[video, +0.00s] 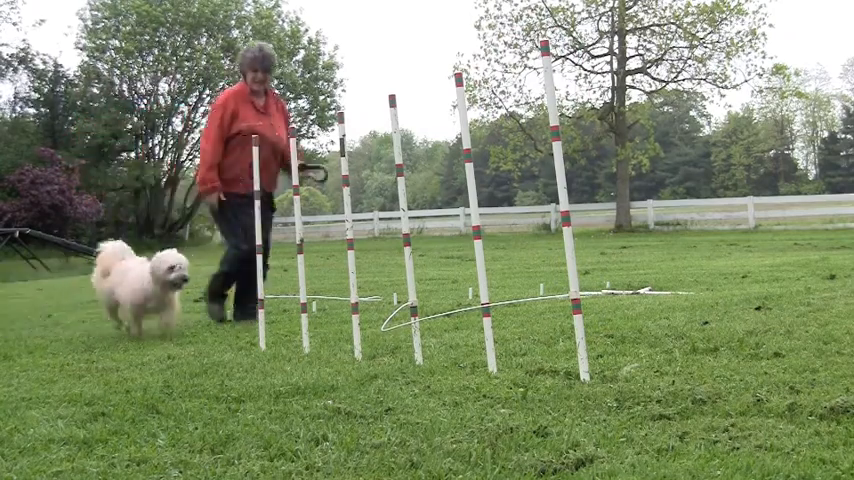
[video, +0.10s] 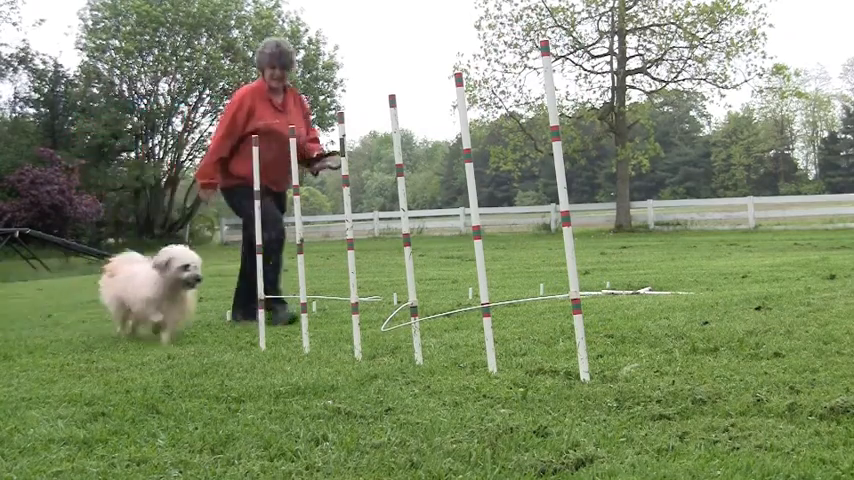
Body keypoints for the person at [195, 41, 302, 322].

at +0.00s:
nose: (259, 76)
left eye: (264, 71)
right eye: (253, 71)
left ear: (271, 72)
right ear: (243, 72)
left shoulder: (277, 105)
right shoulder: (228, 100)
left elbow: (283, 145)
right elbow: (211, 143)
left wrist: (293, 164)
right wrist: (208, 185)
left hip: (263, 193)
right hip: (231, 193)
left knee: (258, 255)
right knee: (243, 248)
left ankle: (246, 313)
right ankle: (216, 294)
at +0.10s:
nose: (277, 73)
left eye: (282, 68)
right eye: (271, 68)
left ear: (290, 68)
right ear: (261, 68)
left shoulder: (296, 101)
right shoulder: (246, 97)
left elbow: (307, 135)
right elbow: (223, 137)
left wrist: (315, 157)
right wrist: (207, 176)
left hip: (274, 187)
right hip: (241, 183)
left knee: (256, 248)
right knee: (273, 230)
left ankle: (243, 310)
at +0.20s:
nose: (295, 73)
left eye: (301, 68)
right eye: (289, 68)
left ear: (308, 69)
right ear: (279, 69)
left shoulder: (317, 104)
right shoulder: (266, 98)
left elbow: (330, 140)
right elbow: (239, 138)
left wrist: (338, 151)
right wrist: (216, 175)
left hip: (289, 188)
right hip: (259, 186)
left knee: (267, 251)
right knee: (290, 245)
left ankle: (245, 312)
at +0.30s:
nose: (312, 72)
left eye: (317, 66)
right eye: (305, 67)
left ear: (324, 67)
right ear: (295, 69)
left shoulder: (332, 101)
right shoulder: (282, 101)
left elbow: (348, 137)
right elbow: (256, 143)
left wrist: (357, 155)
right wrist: (234, 181)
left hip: (315, 192)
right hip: (284, 190)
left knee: (290, 255)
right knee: (314, 249)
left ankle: (255, 303)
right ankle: (338, 313)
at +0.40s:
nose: (329, 68)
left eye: (334, 62)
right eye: (323, 62)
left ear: (341, 63)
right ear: (313, 63)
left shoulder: (348, 93)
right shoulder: (301, 95)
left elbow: (362, 135)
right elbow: (280, 140)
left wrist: (374, 156)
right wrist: (267, 184)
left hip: (335, 187)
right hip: (302, 188)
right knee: (324, 248)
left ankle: (294, 288)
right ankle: (337, 313)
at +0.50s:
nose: (348, 59)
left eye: (353, 53)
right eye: (341, 54)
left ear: (361, 54)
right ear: (331, 55)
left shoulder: (368, 87)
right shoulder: (316, 89)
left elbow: (378, 132)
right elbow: (301, 138)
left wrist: (389, 158)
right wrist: (308, 182)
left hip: (360, 186)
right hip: (323, 188)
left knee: (374, 243)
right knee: (325, 254)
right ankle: (336, 313)